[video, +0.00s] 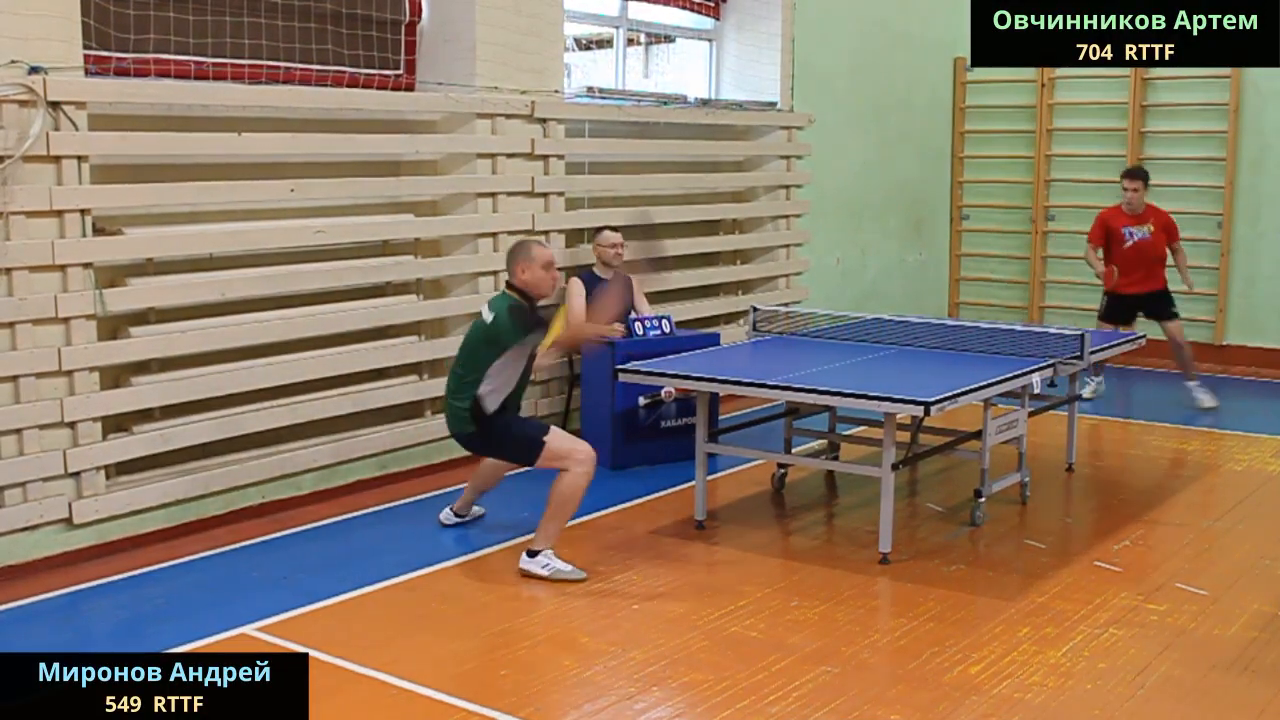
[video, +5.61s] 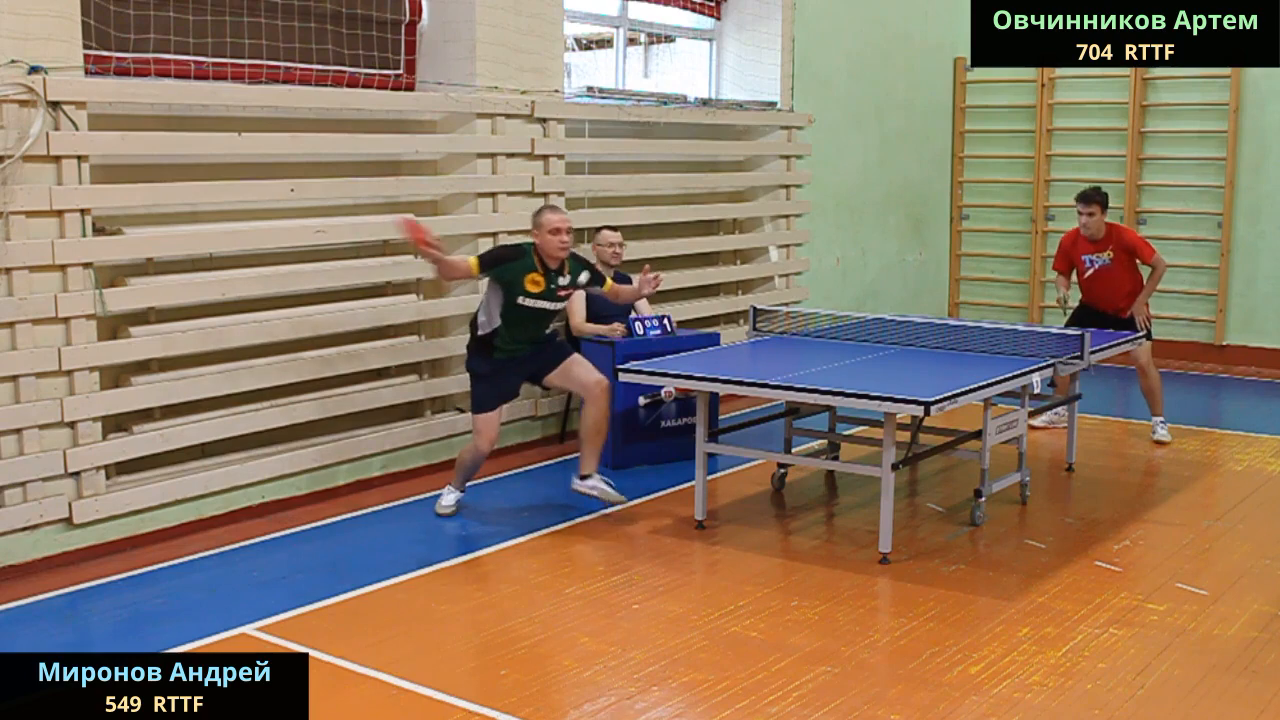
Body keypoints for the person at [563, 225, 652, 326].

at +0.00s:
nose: (619, 252)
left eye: (622, 246)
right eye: (612, 247)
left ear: (625, 248)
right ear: (596, 250)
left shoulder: (629, 282)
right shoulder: (578, 283)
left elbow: (648, 317)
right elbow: (575, 328)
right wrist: (606, 331)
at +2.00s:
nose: (615, 251)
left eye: (618, 246)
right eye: (608, 247)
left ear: (622, 247)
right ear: (593, 250)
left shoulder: (628, 281)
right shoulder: (578, 284)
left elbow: (650, 318)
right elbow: (577, 327)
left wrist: (668, 323)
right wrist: (607, 330)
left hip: (631, 349)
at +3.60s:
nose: (618, 250)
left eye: (621, 246)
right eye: (611, 246)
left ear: (624, 248)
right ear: (594, 250)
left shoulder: (629, 282)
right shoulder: (579, 283)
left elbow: (646, 314)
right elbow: (577, 327)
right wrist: (606, 330)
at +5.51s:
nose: (617, 251)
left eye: (621, 246)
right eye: (611, 246)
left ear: (624, 248)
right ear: (595, 249)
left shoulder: (627, 280)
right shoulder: (579, 282)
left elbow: (648, 317)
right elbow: (577, 328)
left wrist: (664, 325)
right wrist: (606, 330)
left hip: (630, 347)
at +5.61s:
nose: (617, 251)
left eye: (621, 246)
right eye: (610, 246)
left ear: (624, 248)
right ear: (595, 249)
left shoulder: (627, 280)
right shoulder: (581, 280)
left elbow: (649, 317)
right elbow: (577, 327)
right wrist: (606, 330)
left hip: (630, 345)